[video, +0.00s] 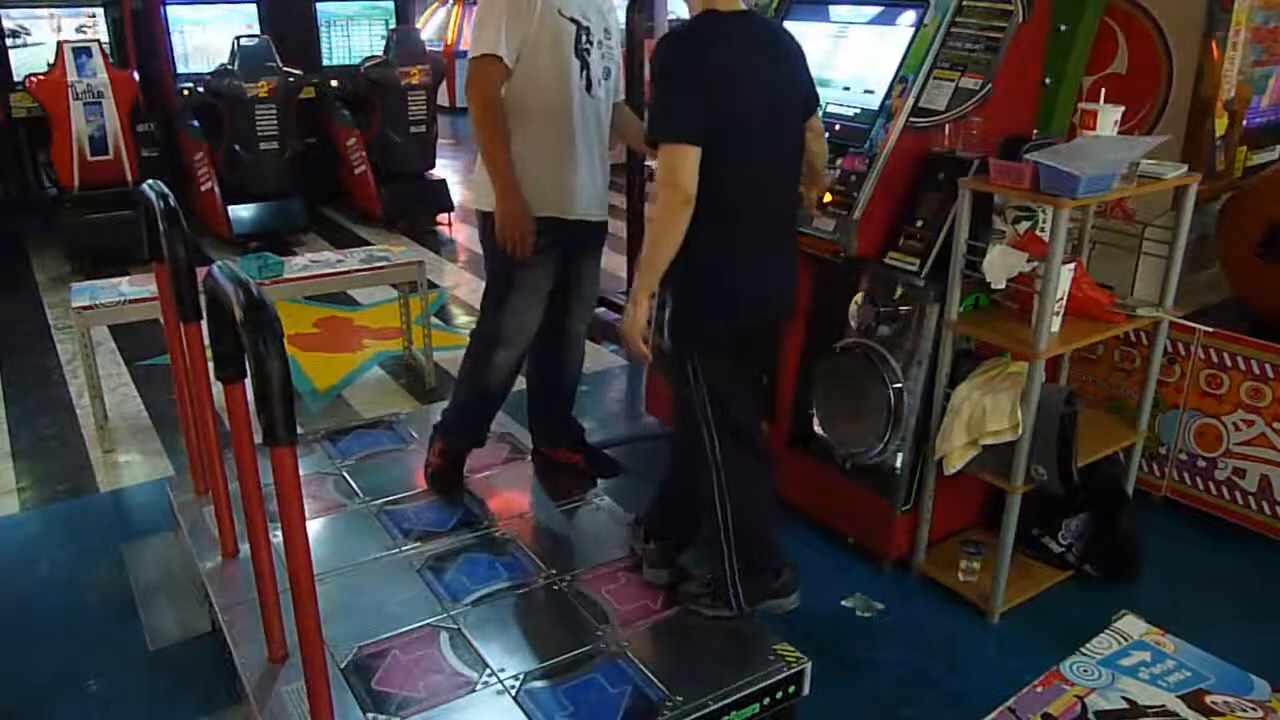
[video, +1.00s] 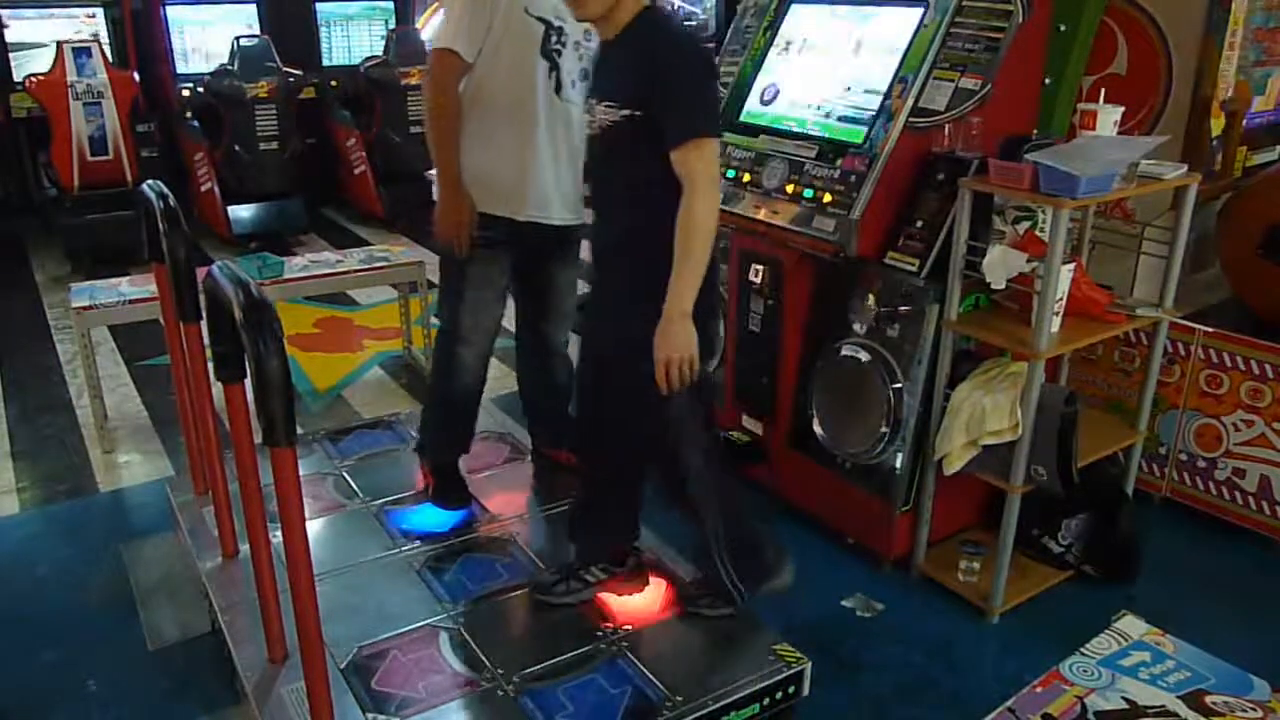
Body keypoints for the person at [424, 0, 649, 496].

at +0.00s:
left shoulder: (609, 11)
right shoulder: (516, 1)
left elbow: (607, 103)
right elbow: (482, 84)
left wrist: (662, 149)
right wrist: (506, 193)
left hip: (586, 204)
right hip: (523, 202)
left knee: (566, 338)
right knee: (506, 337)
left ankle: (556, 445)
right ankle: (451, 445)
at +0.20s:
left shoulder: (611, 10)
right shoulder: (517, 1)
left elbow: (608, 105)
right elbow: (481, 87)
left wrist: (663, 148)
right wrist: (501, 194)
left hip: (585, 206)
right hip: (524, 204)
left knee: (564, 341)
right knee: (496, 339)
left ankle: (557, 445)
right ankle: (441, 446)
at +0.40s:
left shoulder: (615, 9)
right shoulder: (519, 2)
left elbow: (609, 107)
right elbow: (480, 85)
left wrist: (669, 153)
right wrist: (497, 194)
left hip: (584, 206)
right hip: (521, 202)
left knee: (563, 338)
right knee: (493, 336)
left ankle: (557, 441)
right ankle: (433, 447)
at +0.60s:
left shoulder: (617, 11)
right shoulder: (515, 2)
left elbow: (615, 111)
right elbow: (474, 81)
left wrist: (674, 154)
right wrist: (492, 189)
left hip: (581, 206)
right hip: (513, 200)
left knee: (561, 339)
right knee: (481, 336)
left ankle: (557, 443)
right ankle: (434, 447)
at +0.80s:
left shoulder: (614, 15)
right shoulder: (507, 1)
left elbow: (617, 116)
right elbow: (464, 76)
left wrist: (668, 159)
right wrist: (476, 189)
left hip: (574, 204)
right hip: (503, 198)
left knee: (560, 340)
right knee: (474, 338)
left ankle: (557, 449)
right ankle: (436, 454)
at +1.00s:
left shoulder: (589, 16)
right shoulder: (487, 3)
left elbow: (590, 108)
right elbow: (441, 76)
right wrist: (450, 189)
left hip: (558, 207)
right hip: (484, 204)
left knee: (551, 344)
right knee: (466, 349)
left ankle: (554, 448)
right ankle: (442, 464)